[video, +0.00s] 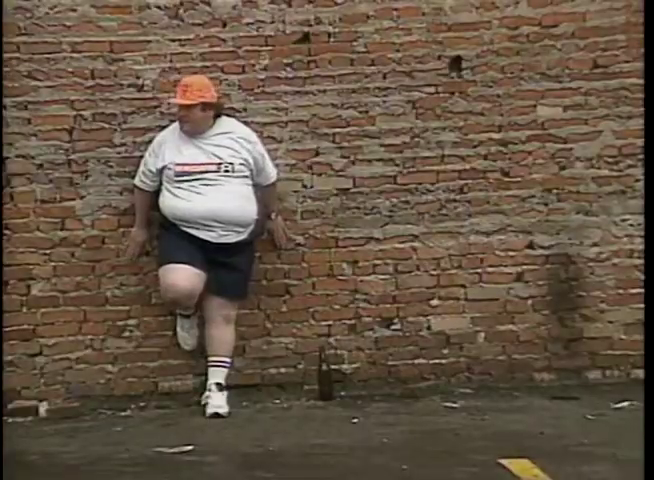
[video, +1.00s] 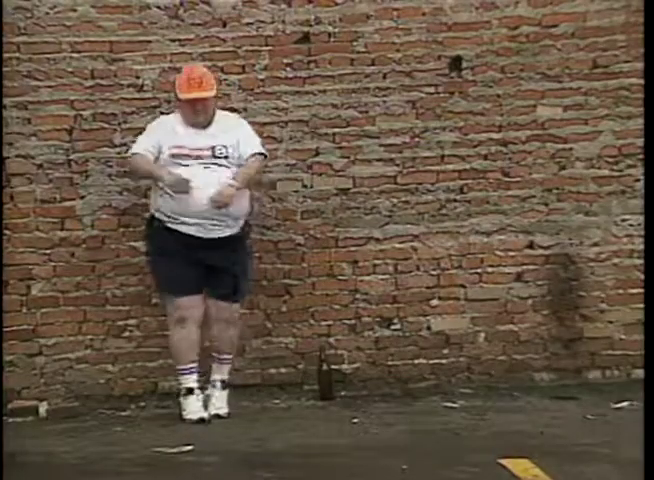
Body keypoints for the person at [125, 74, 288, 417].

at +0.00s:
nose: (182, 114)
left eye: (190, 108)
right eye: (180, 107)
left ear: (211, 108)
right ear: (178, 107)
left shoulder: (242, 138)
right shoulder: (166, 141)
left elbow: (266, 181)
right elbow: (144, 185)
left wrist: (271, 217)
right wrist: (140, 227)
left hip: (233, 239)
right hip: (182, 233)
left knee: (222, 312)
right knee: (180, 288)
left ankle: (216, 385)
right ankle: (187, 315)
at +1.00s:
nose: (198, 107)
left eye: (204, 100)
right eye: (190, 101)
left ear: (215, 97)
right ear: (178, 99)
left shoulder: (235, 126)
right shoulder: (164, 127)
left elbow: (257, 161)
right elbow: (134, 160)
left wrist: (233, 186)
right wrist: (162, 174)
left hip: (226, 236)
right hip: (175, 234)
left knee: (226, 313)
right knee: (184, 312)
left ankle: (219, 386)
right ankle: (190, 390)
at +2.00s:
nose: (179, 127)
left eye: (186, 120)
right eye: (172, 120)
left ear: (197, 117)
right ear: (161, 118)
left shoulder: (218, 146)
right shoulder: (146, 148)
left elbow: (249, 185)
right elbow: (126, 185)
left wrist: (247, 207)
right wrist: (109, 205)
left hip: (220, 248)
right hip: (161, 250)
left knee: (244, 316)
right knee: (170, 329)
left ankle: (236, 381)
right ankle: (181, 405)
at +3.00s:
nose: (170, 122)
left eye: (177, 114)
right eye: (164, 116)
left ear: (194, 104)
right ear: (156, 112)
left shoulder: (219, 138)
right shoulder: (154, 135)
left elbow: (235, 191)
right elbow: (136, 179)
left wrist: (218, 229)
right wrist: (127, 217)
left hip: (195, 243)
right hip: (149, 246)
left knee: (196, 317)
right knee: (159, 329)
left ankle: (237, 389)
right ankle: (180, 408)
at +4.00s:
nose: (156, 118)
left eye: (162, 110)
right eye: (154, 111)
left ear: (185, 107)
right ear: (157, 110)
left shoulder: (216, 137)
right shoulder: (158, 141)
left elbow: (250, 180)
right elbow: (166, 188)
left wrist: (231, 216)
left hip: (192, 248)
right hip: (140, 246)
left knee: (197, 335)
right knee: (143, 334)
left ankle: (216, 412)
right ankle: (174, 409)